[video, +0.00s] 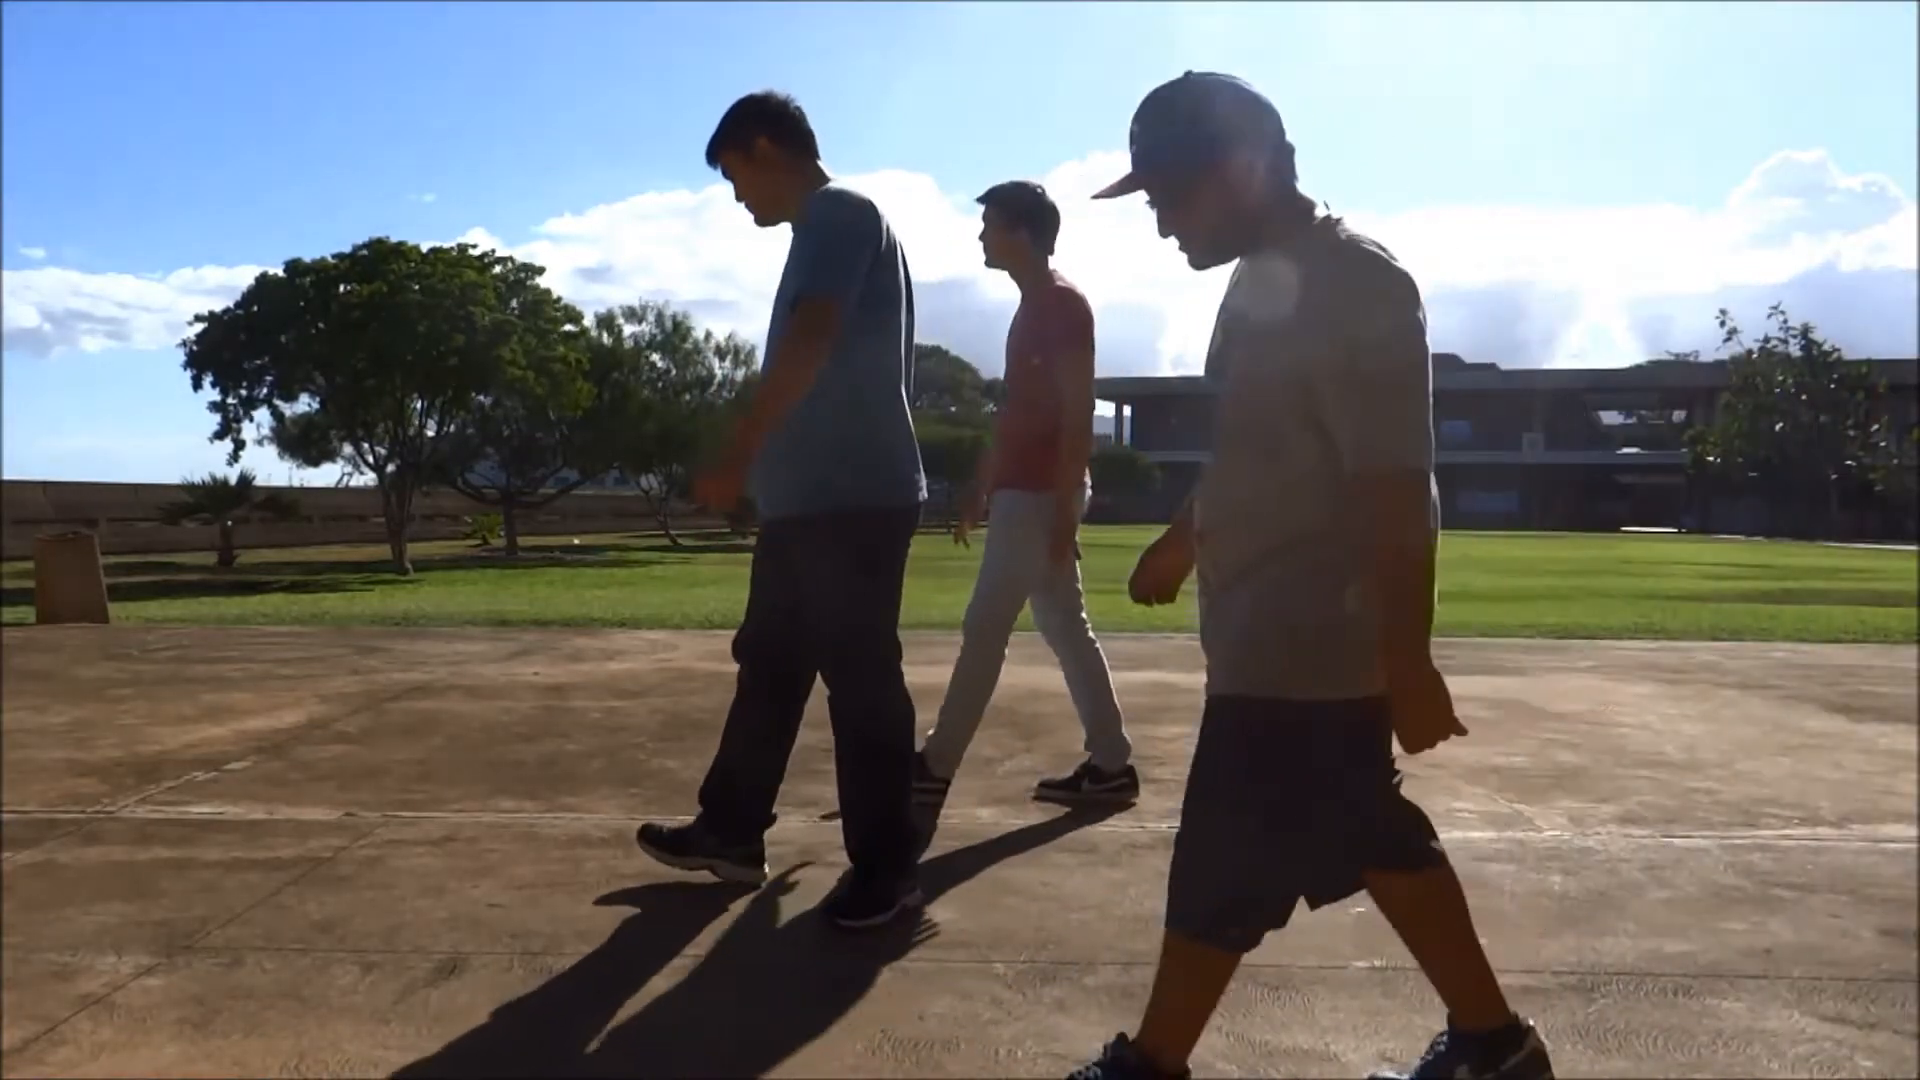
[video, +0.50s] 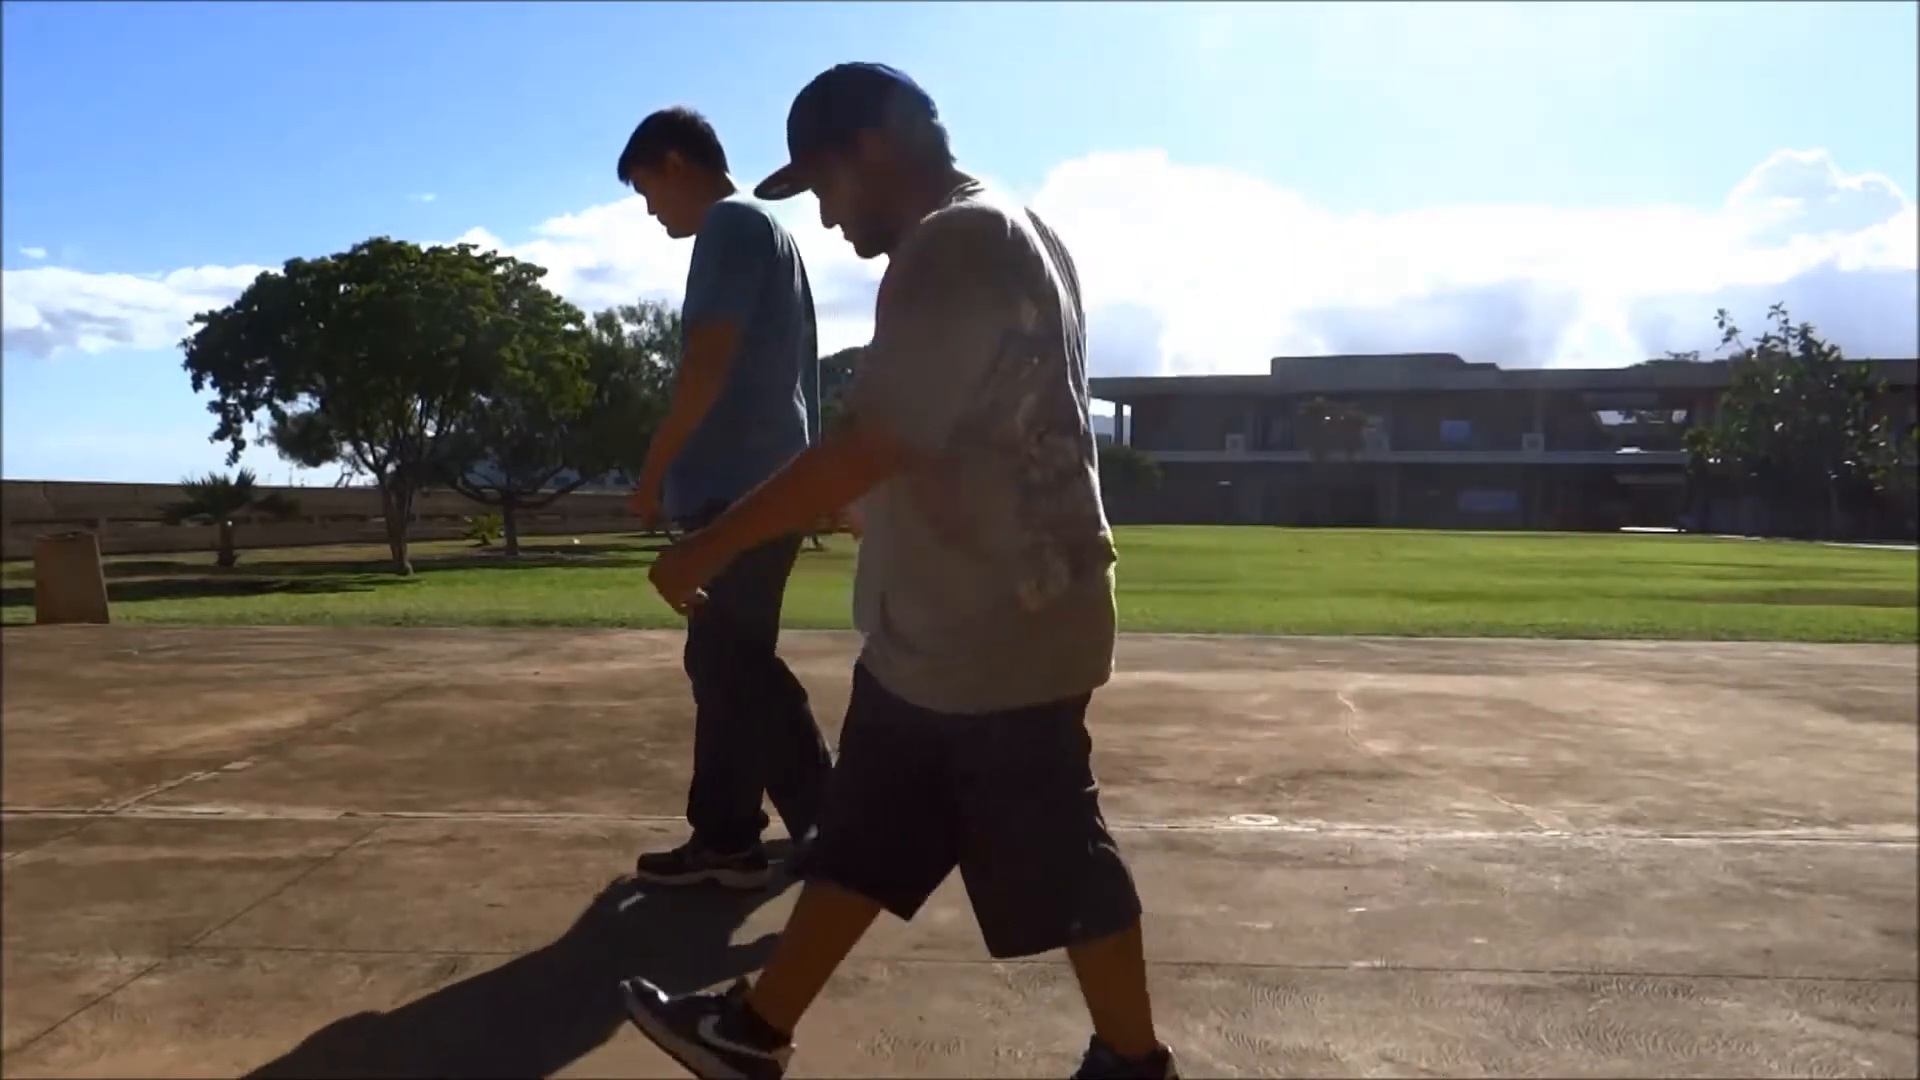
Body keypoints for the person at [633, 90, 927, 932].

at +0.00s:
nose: (741, 202)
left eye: (736, 180)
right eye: (732, 186)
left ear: (768, 151)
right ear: (783, 149)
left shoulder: (835, 213)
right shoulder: (849, 228)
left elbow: (807, 346)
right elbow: (853, 371)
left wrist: (734, 458)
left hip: (848, 502)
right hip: (813, 504)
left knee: (864, 682)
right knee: (770, 665)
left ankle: (885, 871)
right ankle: (729, 832)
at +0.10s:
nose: (721, 202)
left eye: (719, 182)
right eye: (715, 187)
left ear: (750, 153)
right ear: (766, 153)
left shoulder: (821, 216)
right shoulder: (823, 228)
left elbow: (783, 348)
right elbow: (823, 372)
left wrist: (705, 460)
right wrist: (734, 468)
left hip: (835, 501)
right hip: (800, 504)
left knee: (852, 681)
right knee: (769, 672)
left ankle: (884, 871)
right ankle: (734, 841)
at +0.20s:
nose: (704, 207)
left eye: (701, 186)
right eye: (697, 190)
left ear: (732, 158)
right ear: (749, 158)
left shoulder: (796, 220)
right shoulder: (817, 230)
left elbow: (767, 350)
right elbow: (832, 377)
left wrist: (692, 461)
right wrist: (739, 472)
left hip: (815, 501)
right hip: (783, 505)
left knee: (838, 677)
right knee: (751, 671)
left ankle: (882, 867)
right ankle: (727, 844)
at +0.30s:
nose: (686, 208)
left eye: (683, 187)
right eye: (678, 193)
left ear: (714, 161)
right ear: (734, 160)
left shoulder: (773, 221)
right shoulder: (794, 231)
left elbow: (746, 355)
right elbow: (806, 371)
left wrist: (681, 468)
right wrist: (724, 475)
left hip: (792, 500)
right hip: (765, 503)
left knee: (813, 669)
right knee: (735, 667)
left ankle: (876, 860)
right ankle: (727, 841)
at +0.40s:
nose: (666, 208)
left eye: (663, 189)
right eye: (659, 194)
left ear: (695, 164)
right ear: (717, 163)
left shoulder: (749, 223)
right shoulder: (777, 230)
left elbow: (729, 356)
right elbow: (800, 372)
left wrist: (667, 470)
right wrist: (714, 476)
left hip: (761, 496)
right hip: (759, 494)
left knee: (779, 669)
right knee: (726, 665)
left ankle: (867, 853)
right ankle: (727, 841)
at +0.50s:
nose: (651, 213)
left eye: (648, 193)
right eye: (644, 198)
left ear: (679, 166)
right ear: (697, 164)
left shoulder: (731, 227)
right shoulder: (764, 232)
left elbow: (710, 362)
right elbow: (786, 372)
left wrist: (652, 472)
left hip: (738, 491)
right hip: (765, 486)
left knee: (726, 657)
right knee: (734, 656)